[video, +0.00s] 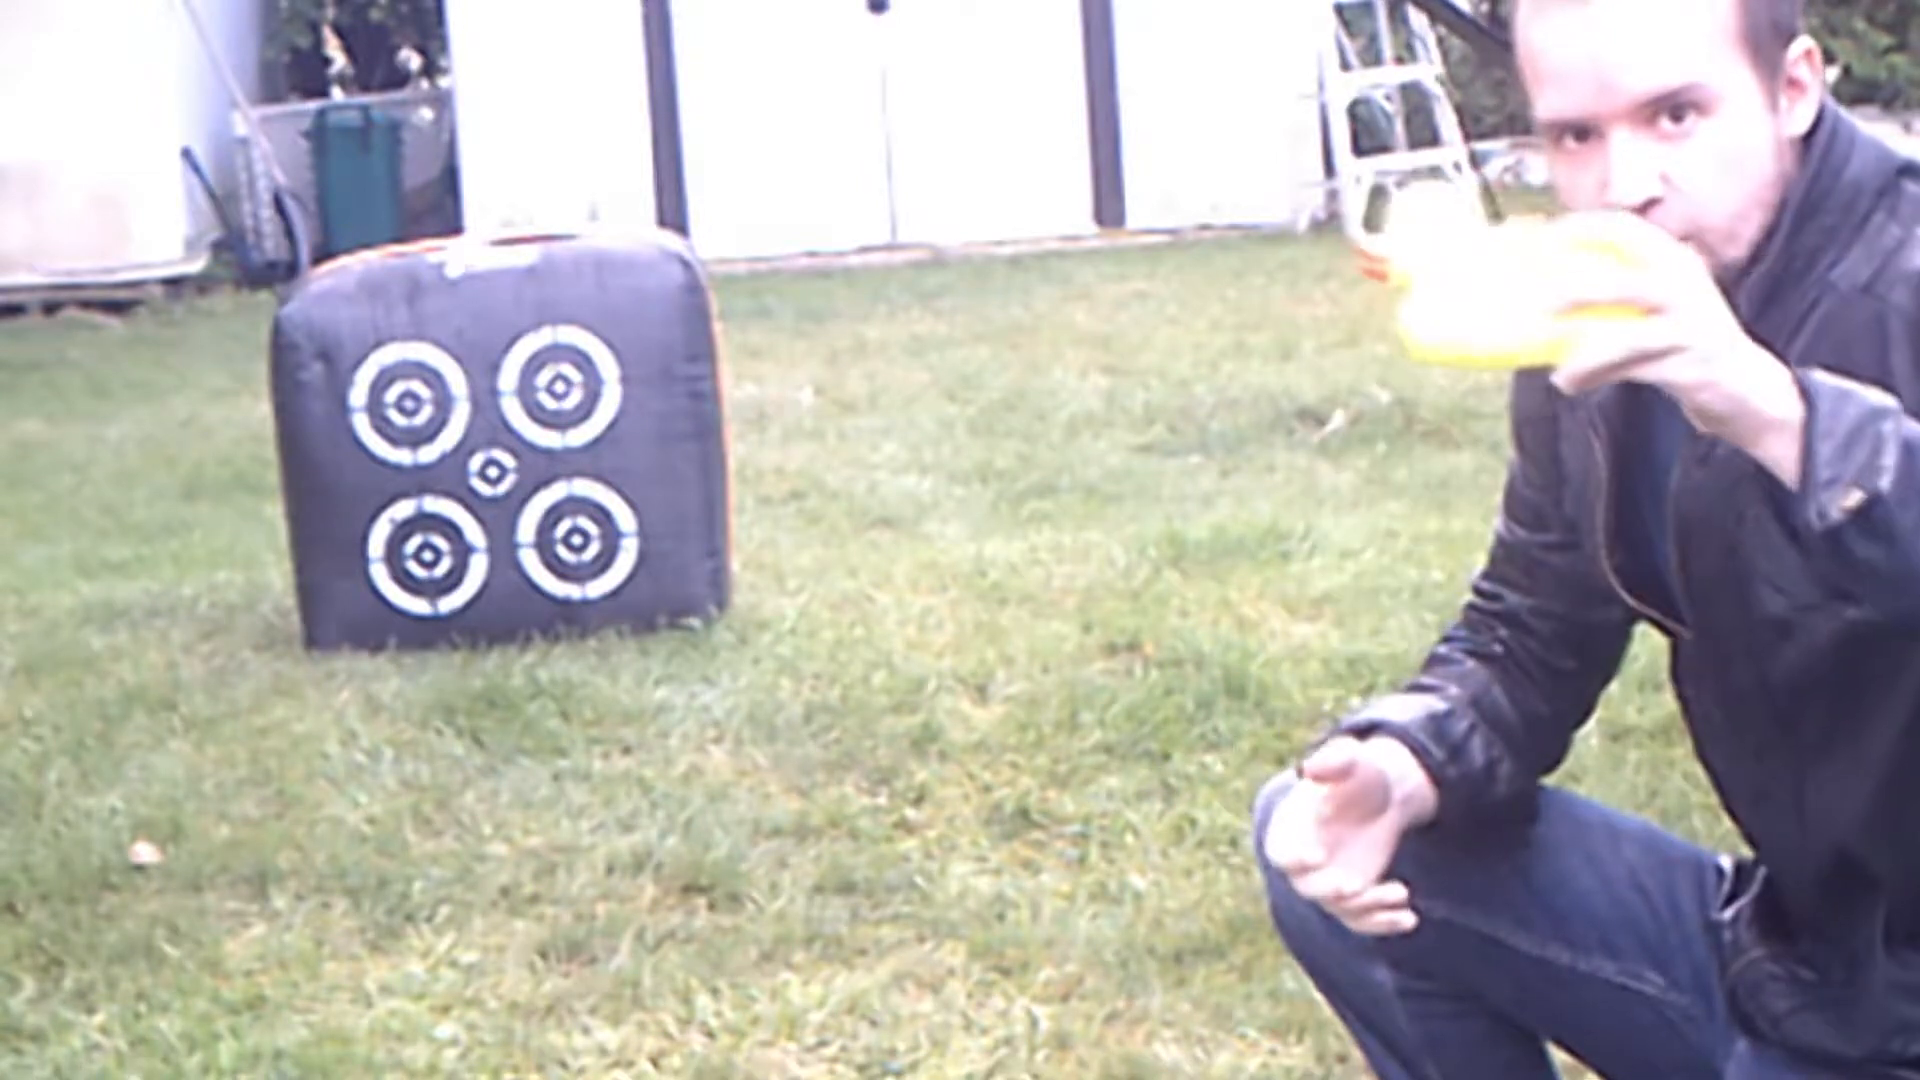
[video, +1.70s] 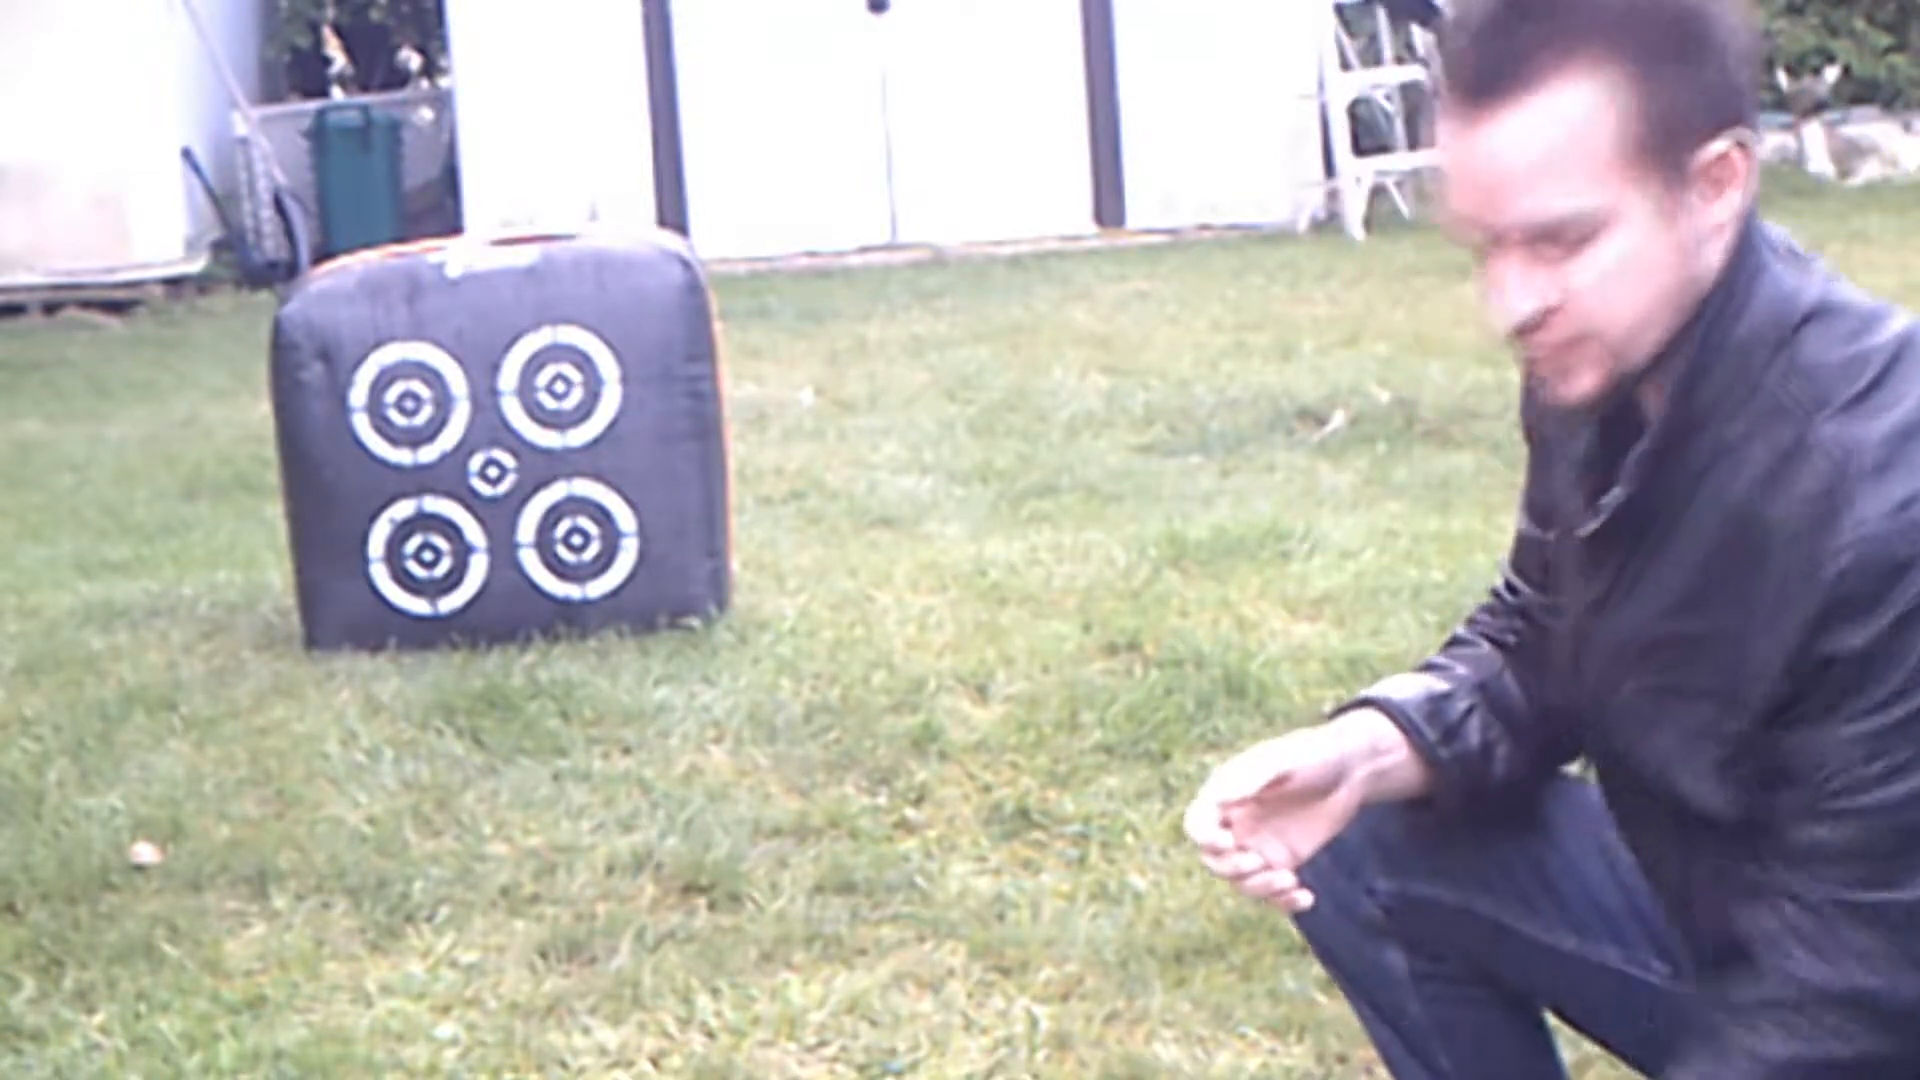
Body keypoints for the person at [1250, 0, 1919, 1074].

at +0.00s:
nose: (1626, 184)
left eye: (1675, 116)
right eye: (1575, 135)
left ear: (1796, 89)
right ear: (1536, 138)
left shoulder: (1898, 281)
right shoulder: (1598, 307)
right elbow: (1531, 629)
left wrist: (1779, 414)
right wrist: (1407, 760)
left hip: (1892, 1026)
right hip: (1769, 939)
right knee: (1328, 848)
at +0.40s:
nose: (1595, 216)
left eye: (1646, 147)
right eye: (1552, 166)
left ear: (1784, 103)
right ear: (1522, 153)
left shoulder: (1901, 293)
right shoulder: (1616, 319)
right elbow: (1530, 634)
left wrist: (1771, 464)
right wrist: (1396, 761)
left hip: (1894, 1028)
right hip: (1765, 940)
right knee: (1342, 862)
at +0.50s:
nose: (1576, 245)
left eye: (1627, 180)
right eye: (1536, 189)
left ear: (1772, 127)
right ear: (1508, 160)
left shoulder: (1901, 319)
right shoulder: (1583, 338)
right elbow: (1537, 643)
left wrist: (1740, 598)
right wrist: (1395, 752)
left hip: (1887, 1040)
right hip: (1757, 943)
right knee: (1350, 864)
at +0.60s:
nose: (1568, 269)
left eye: (1618, 204)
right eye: (1530, 210)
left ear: (1765, 148)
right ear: (1500, 182)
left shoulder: (1895, 371)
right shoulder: (1575, 350)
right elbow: (1536, 623)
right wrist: (1388, 747)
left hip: (1866, 1031)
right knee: (1338, 869)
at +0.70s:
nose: (1556, 304)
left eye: (1605, 243)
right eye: (1518, 247)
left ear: (1755, 182)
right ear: (1490, 207)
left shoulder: (1894, 422)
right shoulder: (1574, 363)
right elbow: (1539, 644)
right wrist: (1396, 740)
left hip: (1884, 966)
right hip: (1706, 905)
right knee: (1344, 850)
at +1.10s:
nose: (1453, 419)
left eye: (1493, 360)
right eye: (1416, 367)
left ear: (1642, 276)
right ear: (1387, 314)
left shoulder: (1871, 549)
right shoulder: (1586, 408)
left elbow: (1896, 995)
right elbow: (1521, 658)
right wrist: (1383, 742)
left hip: (1842, 1021)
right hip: (1694, 923)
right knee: (1355, 849)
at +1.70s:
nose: (1511, 306)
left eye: (1564, 241)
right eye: (1485, 249)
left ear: (1718, 190)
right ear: (1460, 213)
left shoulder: (1886, 468)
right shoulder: (1592, 365)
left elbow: (1853, 987)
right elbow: (1539, 639)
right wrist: (1370, 752)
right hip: (1690, 905)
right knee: (1358, 852)